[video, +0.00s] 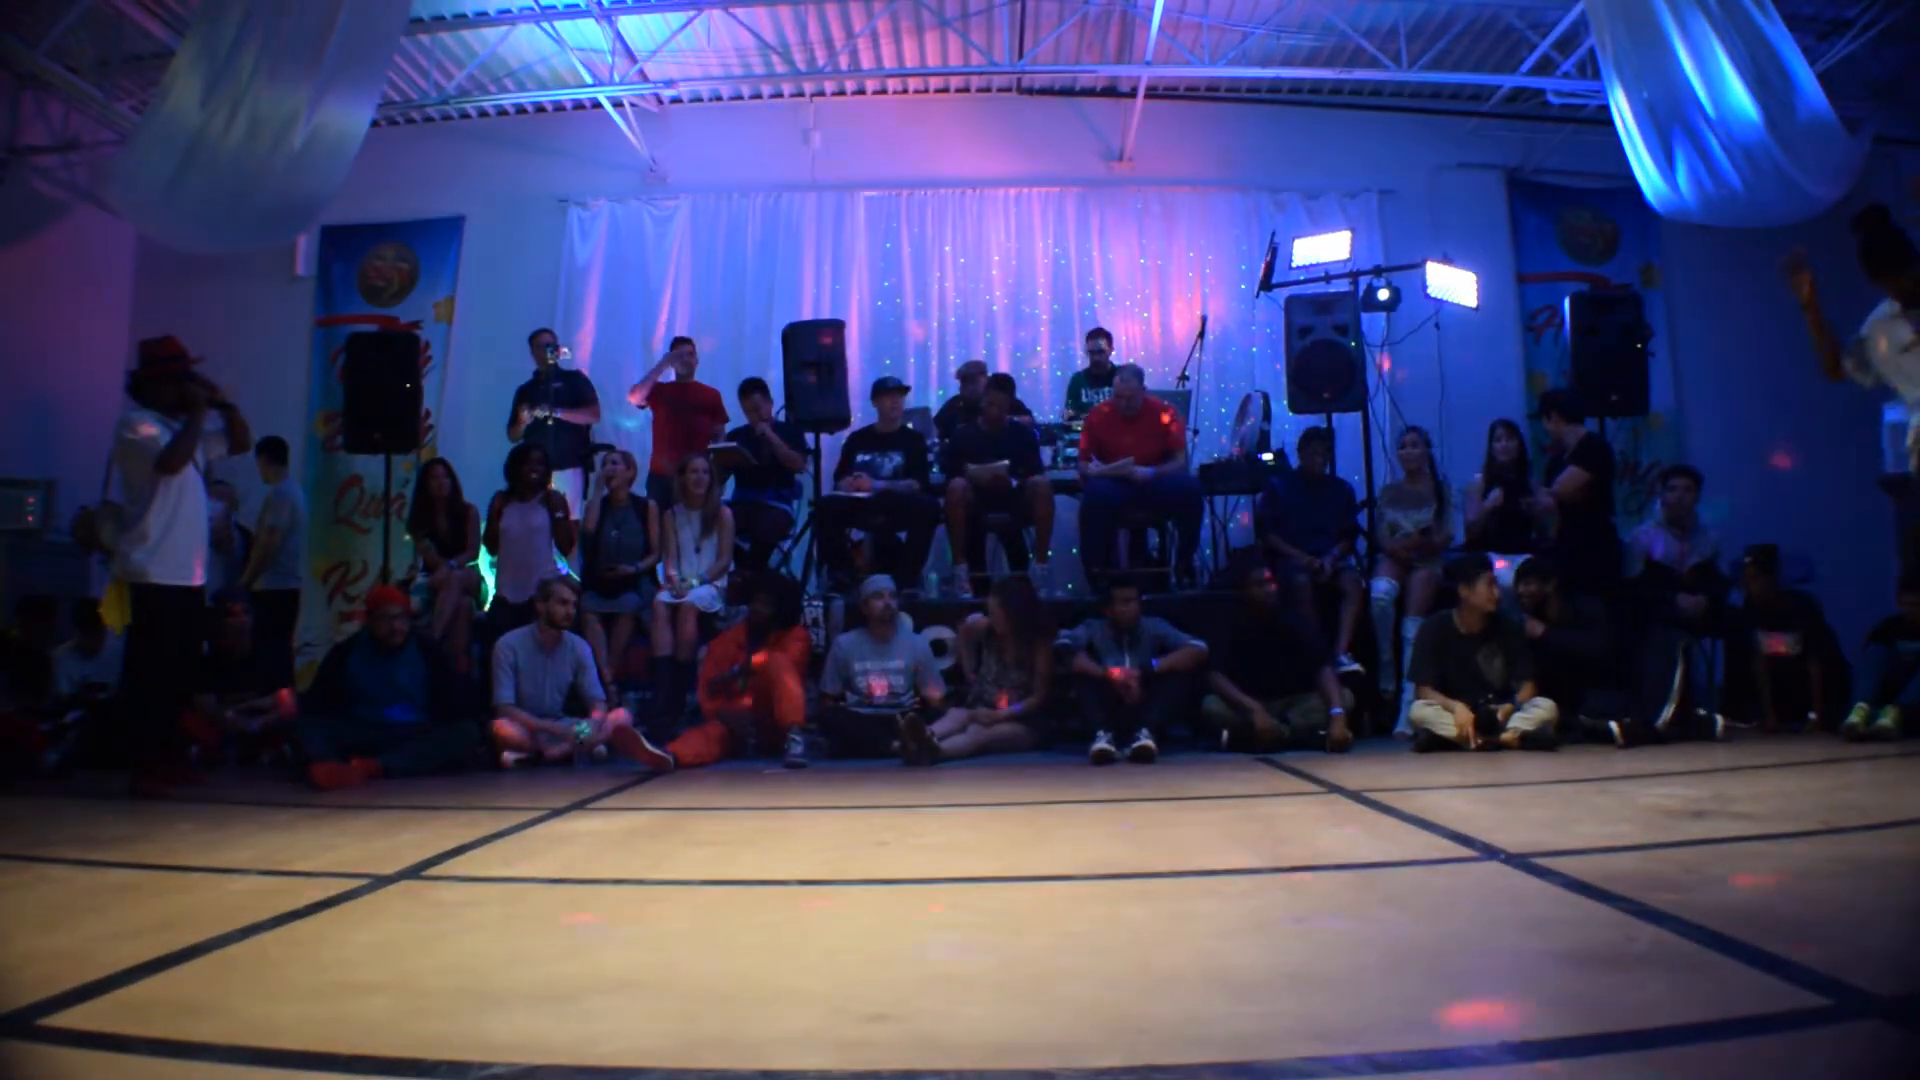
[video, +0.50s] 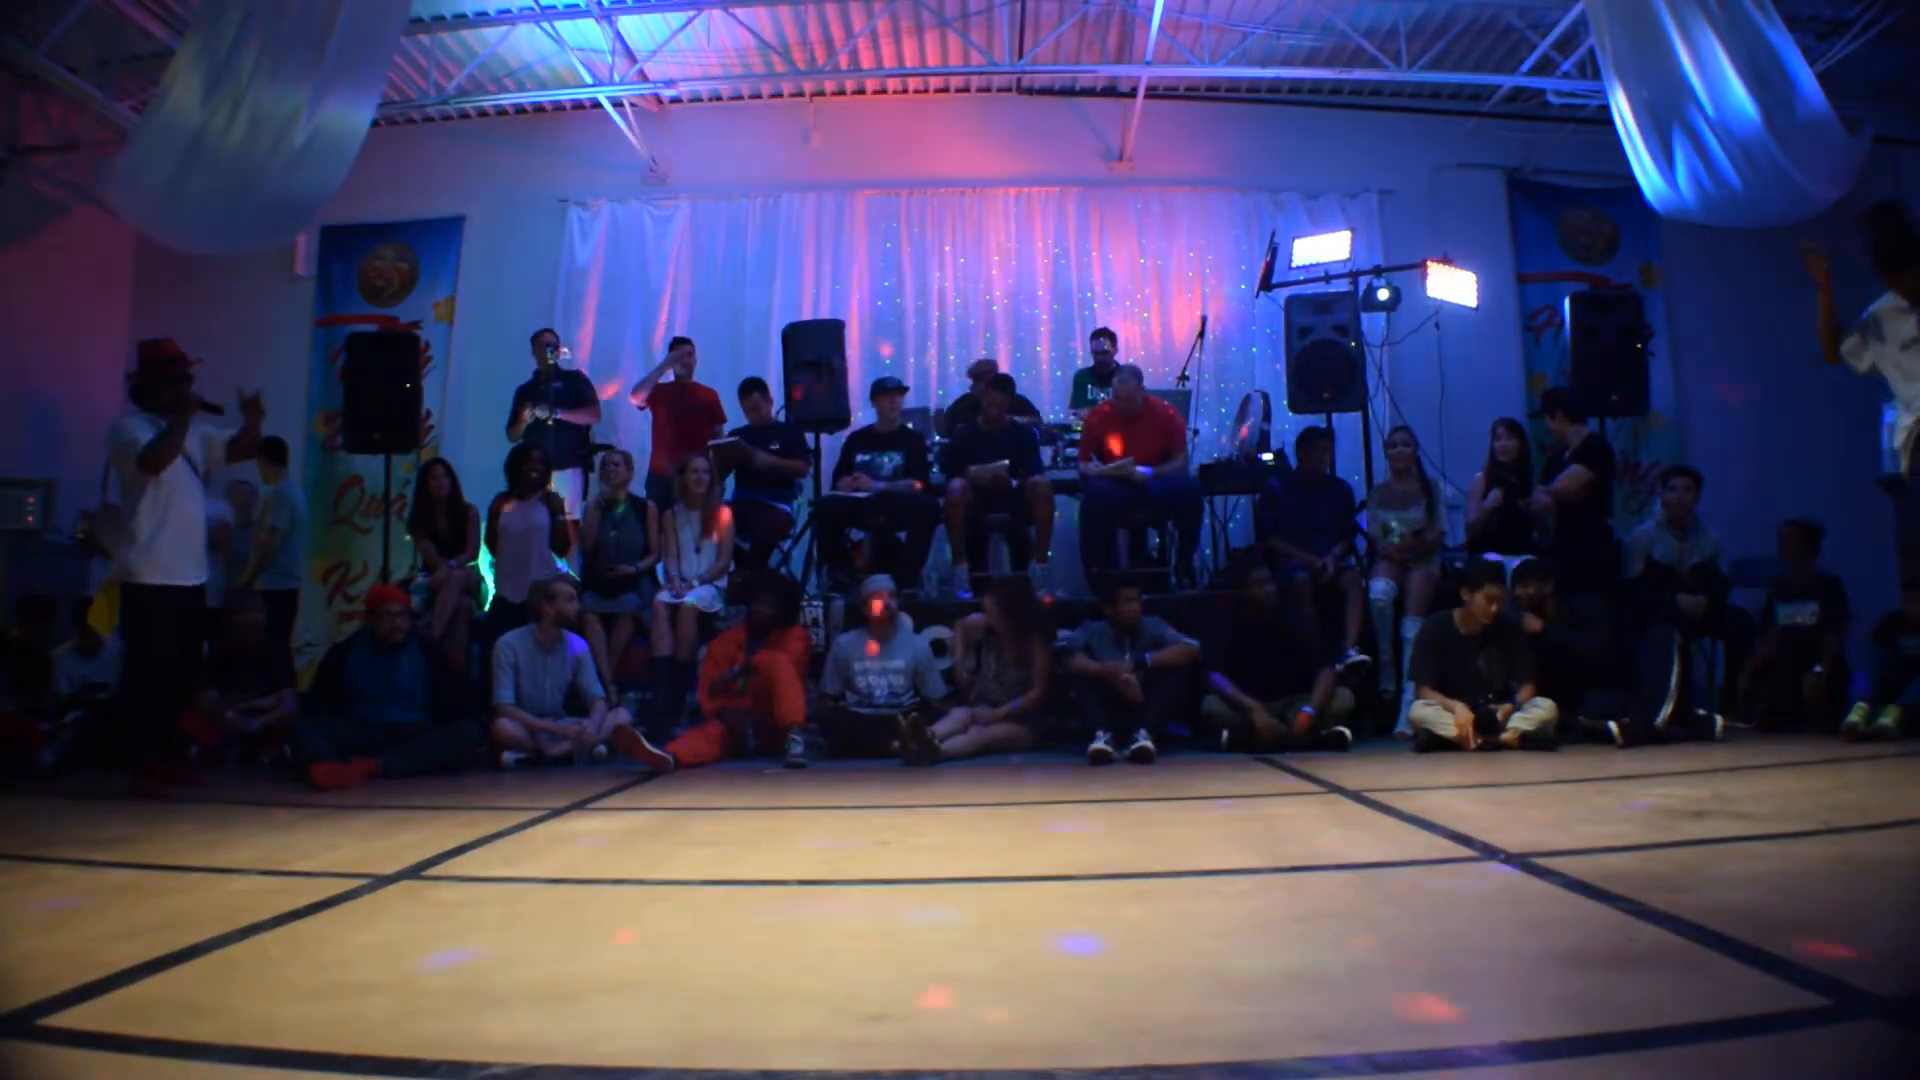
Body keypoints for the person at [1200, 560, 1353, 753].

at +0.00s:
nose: (1270, 589)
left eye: (1272, 583)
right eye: (1261, 585)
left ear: (1277, 586)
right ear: (1246, 591)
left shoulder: (1292, 620)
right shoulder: (1235, 627)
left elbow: (1322, 669)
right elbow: (1215, 675)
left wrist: (1337, 715)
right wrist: (1256, 709)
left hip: (1295, 699)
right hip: (1248, 703)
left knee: (1344, 697)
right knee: (1211, 706)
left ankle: (1255, 737)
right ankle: (1301, 737)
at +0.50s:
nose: (1268, 589)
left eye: (1270, 583)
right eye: (1260, 585)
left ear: (1276, 585)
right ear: (1245, 591)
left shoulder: (1292, 621)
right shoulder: (1235, 627)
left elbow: (1327, 669)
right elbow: (1214, 676)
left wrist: (1310, 711)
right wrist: (1256, 709)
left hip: (1294, 699)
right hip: (1249, 703)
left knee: (1344, 698)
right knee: (1211, 706)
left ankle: (1253, 739)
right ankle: (1307, 739)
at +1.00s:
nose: (1259, 592)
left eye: (1265, 586)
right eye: (1252, 587)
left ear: (1275, 589)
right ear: (1243, 592)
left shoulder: (1292, 620)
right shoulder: (1234, 626)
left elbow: (1329, 669)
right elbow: (1214, 676)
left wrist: (1310, 716)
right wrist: (1255, 710)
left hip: (1294, 699)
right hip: (1247, 702)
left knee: (1343, 698)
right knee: (1211, 706)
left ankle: (1253, 739)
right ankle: (1305, 738)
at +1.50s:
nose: (1255, 592)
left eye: (1261, 586)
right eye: (1250, 586)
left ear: (1274, 590)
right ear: (1242, 590)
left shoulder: (1293, 622)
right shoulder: (1232, 625)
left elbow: (1328, 670)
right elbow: (1214, 676)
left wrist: (1303, 716)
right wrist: (1253, 710)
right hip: (1246, 706)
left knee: (1342, 698)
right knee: (1210, 705)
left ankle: (1254, 740)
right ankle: (1306, 739)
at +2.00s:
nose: (1241, 598)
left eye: (1248, 591)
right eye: (1238, 591)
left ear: (1268, 592)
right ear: (1232, 593)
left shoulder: (1293, 624)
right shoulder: (1230, 628)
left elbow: (1328, 671)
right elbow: (1213, 675)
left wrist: (1303, 716)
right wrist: (1254, 710)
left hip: (1294, 698)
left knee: (1343, 699)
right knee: (1211, 705)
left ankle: (1255, 741)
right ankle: (1309, 740)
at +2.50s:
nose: (1238, 597)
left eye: (1246, 591)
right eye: (1236, 590)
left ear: (1267, 592)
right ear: (1232, 591)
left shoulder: (1295, 622)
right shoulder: (1230, 626)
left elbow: (1328, 671)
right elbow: (1213, 675)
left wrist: (1304, 715)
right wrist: (1254, 709)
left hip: (1295, 698)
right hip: (1248, 702)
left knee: (1343, 698)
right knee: (1210, 706)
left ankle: (1253, 740)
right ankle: (1310, 740)